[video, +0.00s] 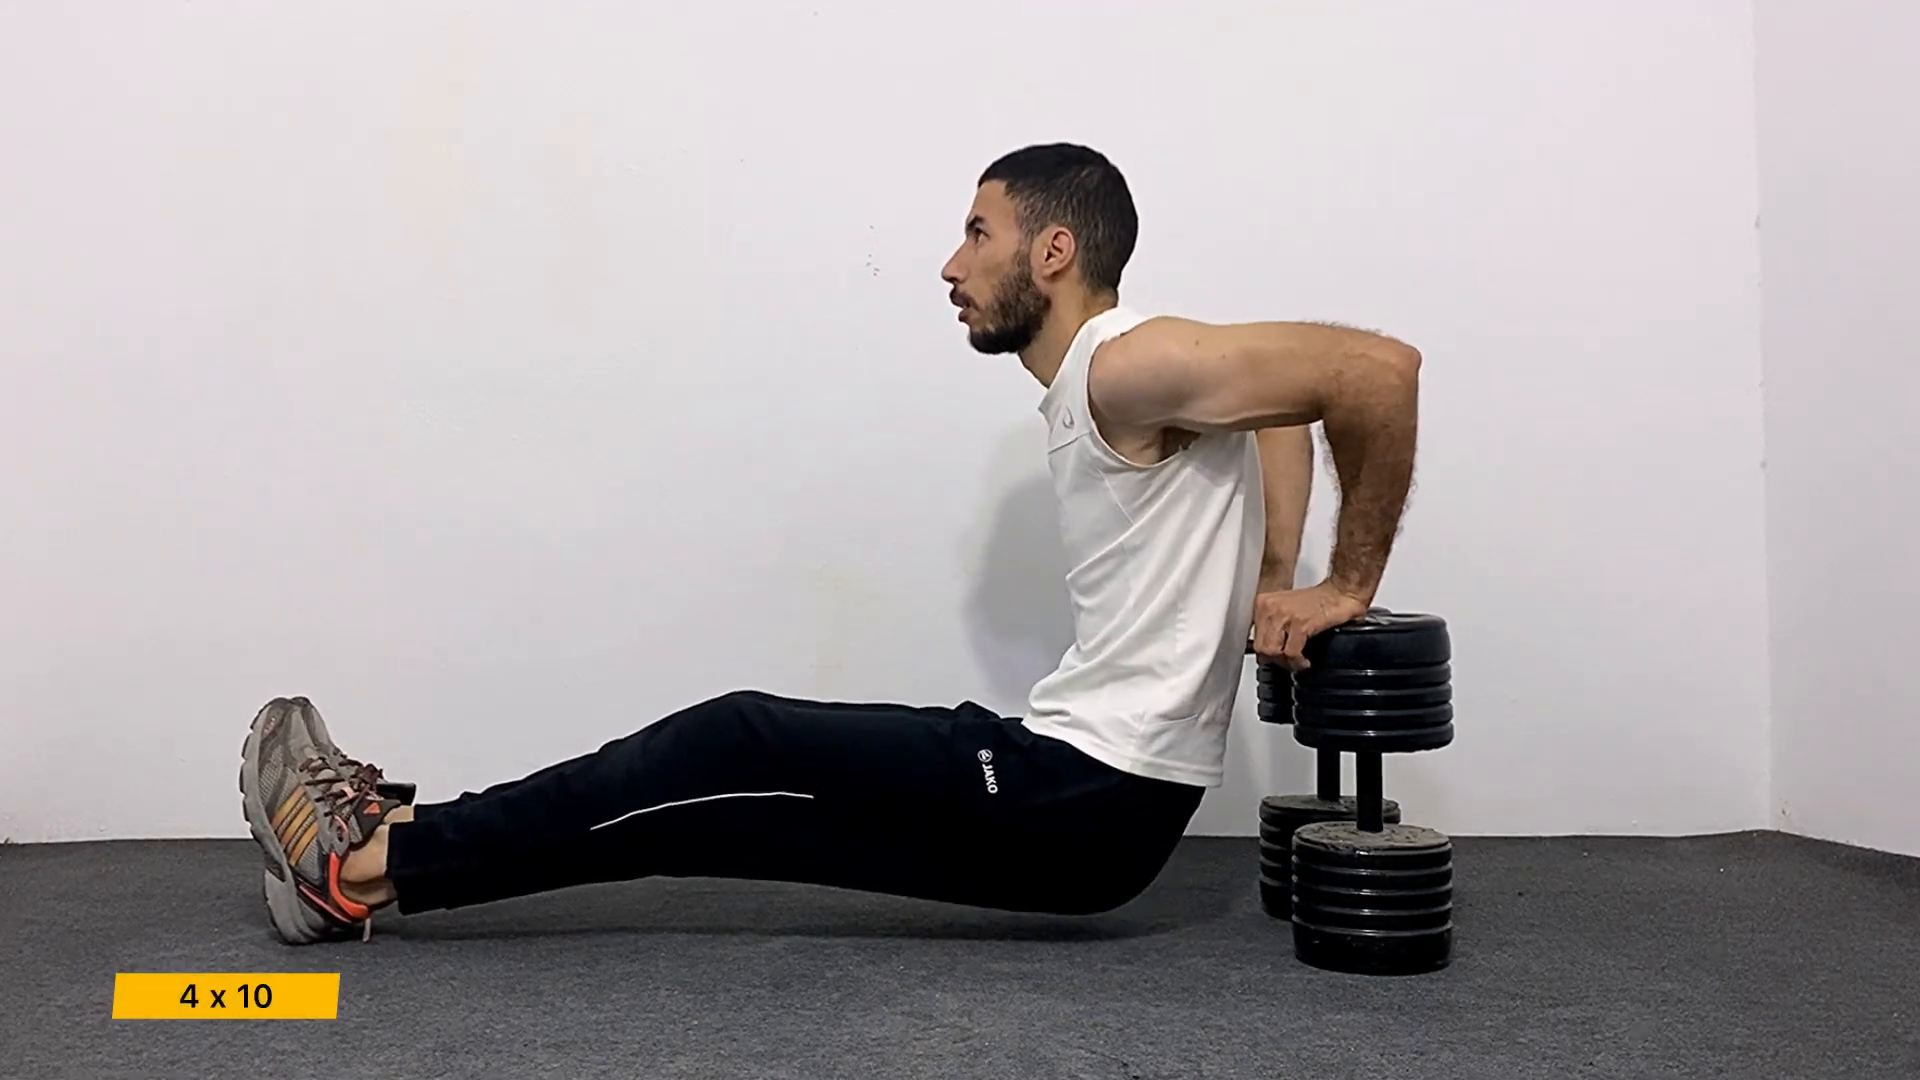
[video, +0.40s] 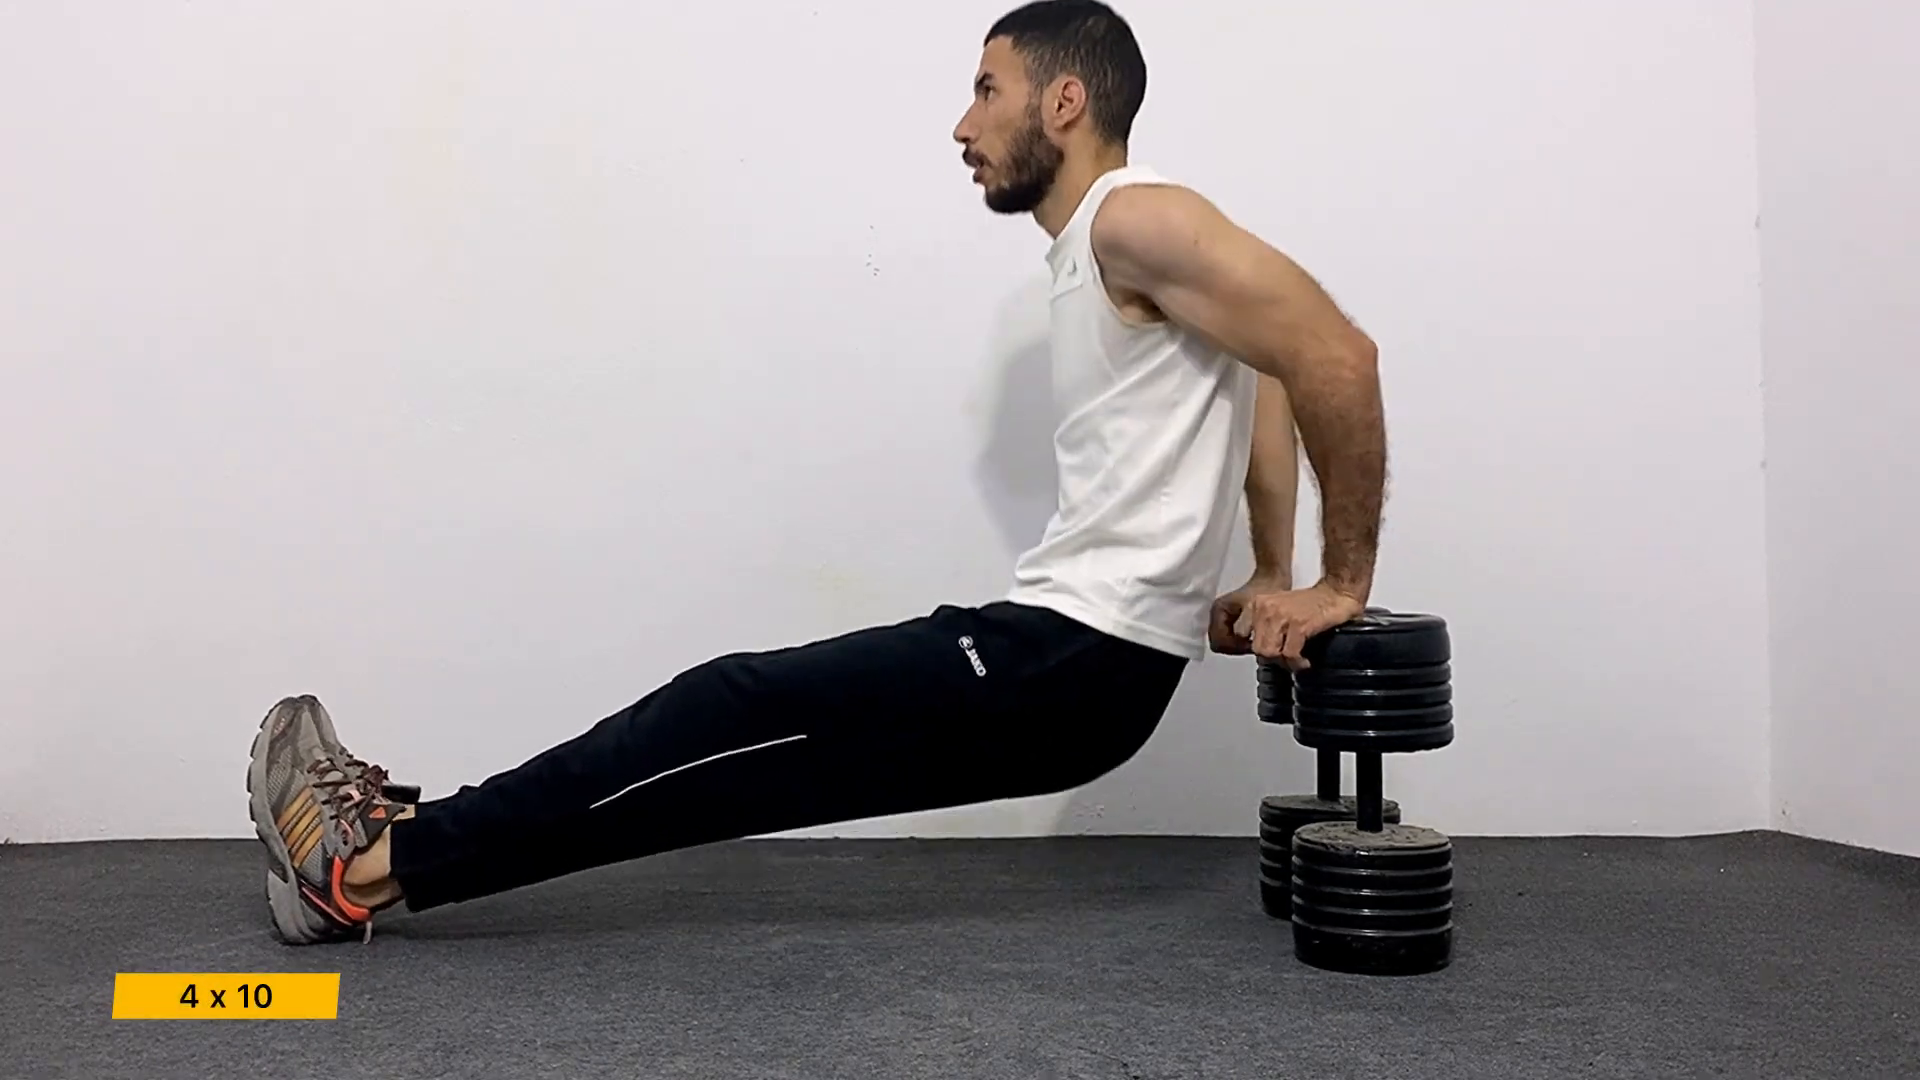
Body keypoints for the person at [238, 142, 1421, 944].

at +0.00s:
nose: (952, 268)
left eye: (976, 238)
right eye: (963, 240)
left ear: (1059, 250)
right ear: (1066, 252)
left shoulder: (1120, 367)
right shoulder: (1111, 368)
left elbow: (1381, 374)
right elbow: (1284, 394)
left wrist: (1355, 584)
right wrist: (1277, 580)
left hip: (1086, 792)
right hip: (1081, 781)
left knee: (730, 738)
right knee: (718, 796)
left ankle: (367, 866)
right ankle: (409, 835)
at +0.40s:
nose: (964, 125)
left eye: (988, 94)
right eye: (971, 95)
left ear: (1073, 102)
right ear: (1071, 108)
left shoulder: (1138, 222)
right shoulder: (1115, 251)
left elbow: (1335, 354)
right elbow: (1271, 409)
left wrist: (1352, 585)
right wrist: (1267, 583)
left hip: (1081, 653)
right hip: (1066, 643)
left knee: (730, 721)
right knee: (732, 713)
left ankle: (379, 873)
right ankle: (404, 843)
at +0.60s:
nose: (991, 58)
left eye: (1012, 23)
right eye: (996, 27)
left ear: (1098, 28)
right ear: (1088, 35)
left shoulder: (1166, 150)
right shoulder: (1135, 168)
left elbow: (1293, 358)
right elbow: (1234, 385)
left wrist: (1343, 582)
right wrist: (1265, 574)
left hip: (1062, 593)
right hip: (1051, 584)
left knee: (721, 710)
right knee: (718, 702)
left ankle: (381, 871)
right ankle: (404, 844)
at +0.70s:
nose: (1004, 47)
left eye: (1025, 16)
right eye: (1007, 19)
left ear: (1110, 20)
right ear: (1094, 28)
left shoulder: (1171, 140)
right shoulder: (1139, 159)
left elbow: (1288, 362)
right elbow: (1232, 386)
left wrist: (1342, 582)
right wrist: (1265, 573)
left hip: (1053, 583)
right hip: (1039, 572)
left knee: (717, 709)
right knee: (712, 699)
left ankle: (383, 869)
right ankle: (404, 842)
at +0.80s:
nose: (1012, 46)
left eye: (1034, 15)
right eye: (1016, 19)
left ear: (1119, 22)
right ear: (1101, 30)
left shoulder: (1175, 141)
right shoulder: (1136, 164)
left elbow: (1292, 354)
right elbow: (1236, 386)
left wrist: (1344, 581)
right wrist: (1267, 573)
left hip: (1054, 586)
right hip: (1036, 574)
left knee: (717, 709)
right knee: (711, 696)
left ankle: (379, 873)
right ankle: (404, 840)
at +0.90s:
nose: (1012, 51)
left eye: (1036, 23)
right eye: (1019, 25)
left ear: (1121, 29)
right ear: (1103, 38)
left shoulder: (1182, 155)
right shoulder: (1145, 175)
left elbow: (1310, 353)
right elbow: (1250, 381)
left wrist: (1346, 579)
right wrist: (1265, 574)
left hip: (1063, 595)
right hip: (1046, 582)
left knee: (718, 712)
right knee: (712, 698)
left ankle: (379, 873)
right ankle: (406, 841)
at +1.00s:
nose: (1007, 76)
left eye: (1031, 46)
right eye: (1015, 47)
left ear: (1116, 53)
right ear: (1106, 57)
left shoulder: (1179, 183)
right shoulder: (1145, 206)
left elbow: (1343, 349)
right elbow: (1266, 389)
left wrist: (1350, 580)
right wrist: (1269, 575)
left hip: (1069, 623)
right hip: (1053, 609)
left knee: (713, 712)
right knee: (711, 703)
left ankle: (376, 871)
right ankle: (400, 843)